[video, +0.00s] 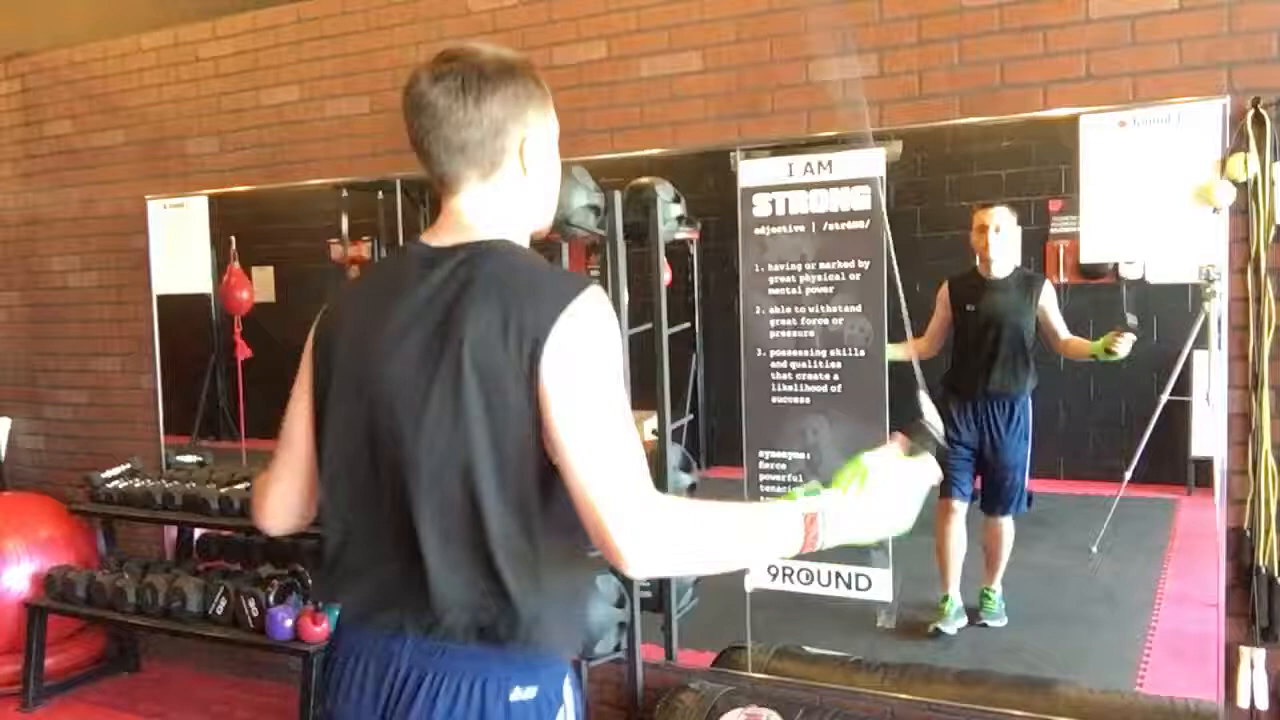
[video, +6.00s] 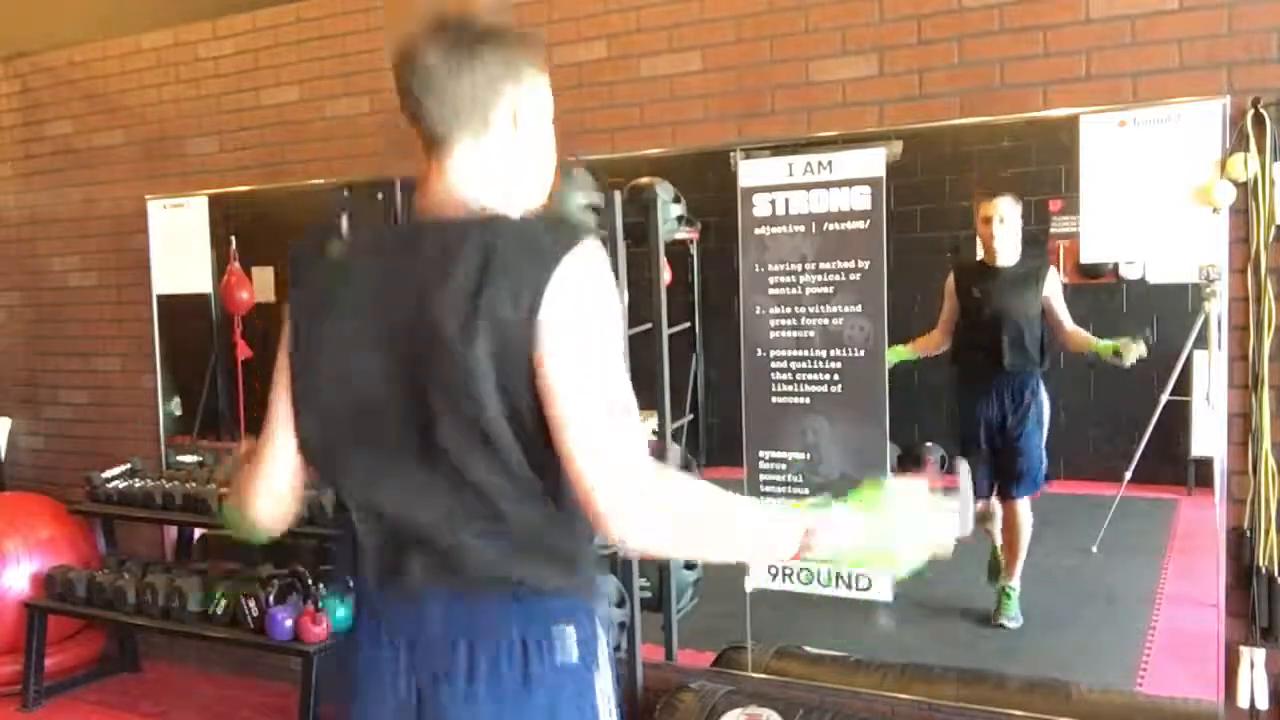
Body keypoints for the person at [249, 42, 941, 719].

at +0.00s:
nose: (560, 167)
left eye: (554, 148)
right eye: (555, 147)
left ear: (426, 160)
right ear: (529, 152)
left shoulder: (345, 311)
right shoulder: (559, 309)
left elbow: (278, 509)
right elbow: (641, 540)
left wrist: (384, 460)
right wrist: (827, 516)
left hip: (358, 665)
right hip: (502, 683)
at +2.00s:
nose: (523, 160)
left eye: (519, 136)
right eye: (518, 135)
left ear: (400, 144)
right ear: (493, 132)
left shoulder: (317, 297)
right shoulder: (525, 272)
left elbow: (267, 513)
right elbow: (601, 508)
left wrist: (365, 437)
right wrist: (789, 511)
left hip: (372, 641)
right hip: (519, 647)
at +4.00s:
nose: (513, 145)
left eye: (506, 121)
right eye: (508, 121)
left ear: (384, 134)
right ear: (487, 122)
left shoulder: (299, 292)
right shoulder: (516, 267)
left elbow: (242, 511)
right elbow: (597, 502)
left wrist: (346, 421)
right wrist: (791, 491)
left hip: (371, 640)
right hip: (518, 642)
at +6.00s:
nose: (557, 137)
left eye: (549, 115)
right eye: (551, 114)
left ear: (417, 127)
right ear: (525, 117)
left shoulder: (325, 279)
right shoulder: (556, 267)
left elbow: (261, 506)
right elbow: (627, 506)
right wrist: (829, 529)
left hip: (381, 644)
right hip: (533, 647)